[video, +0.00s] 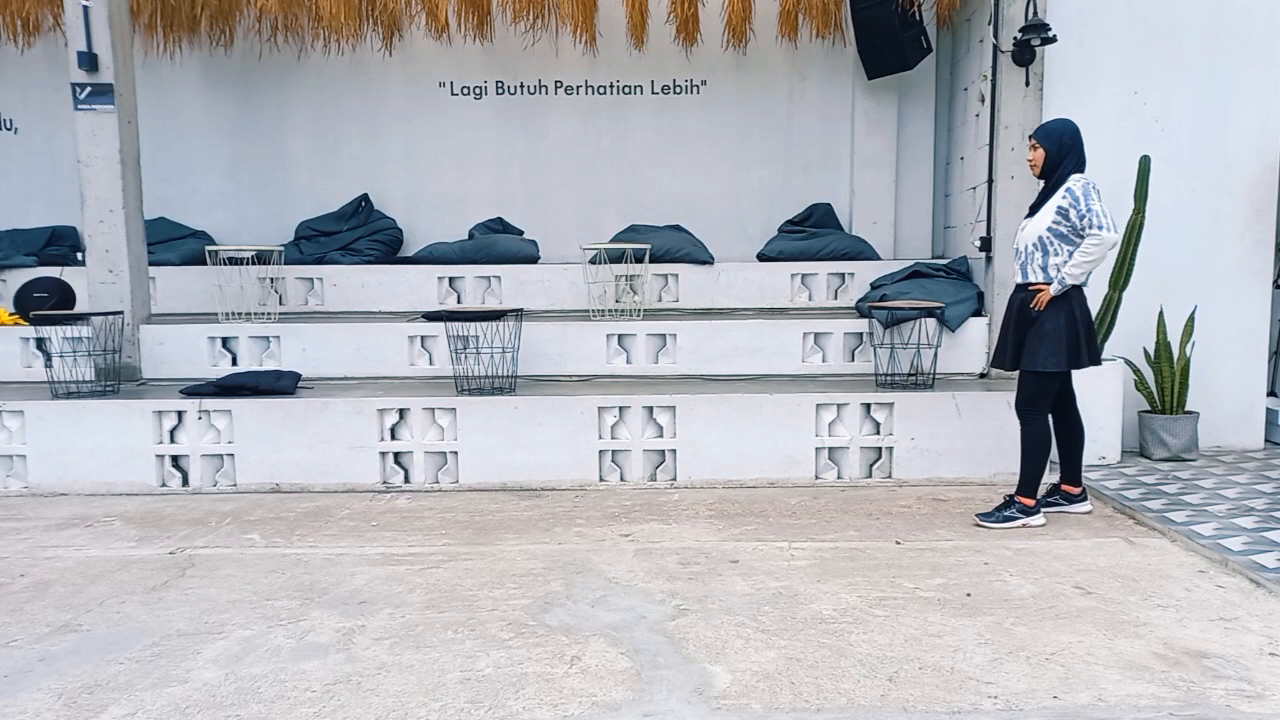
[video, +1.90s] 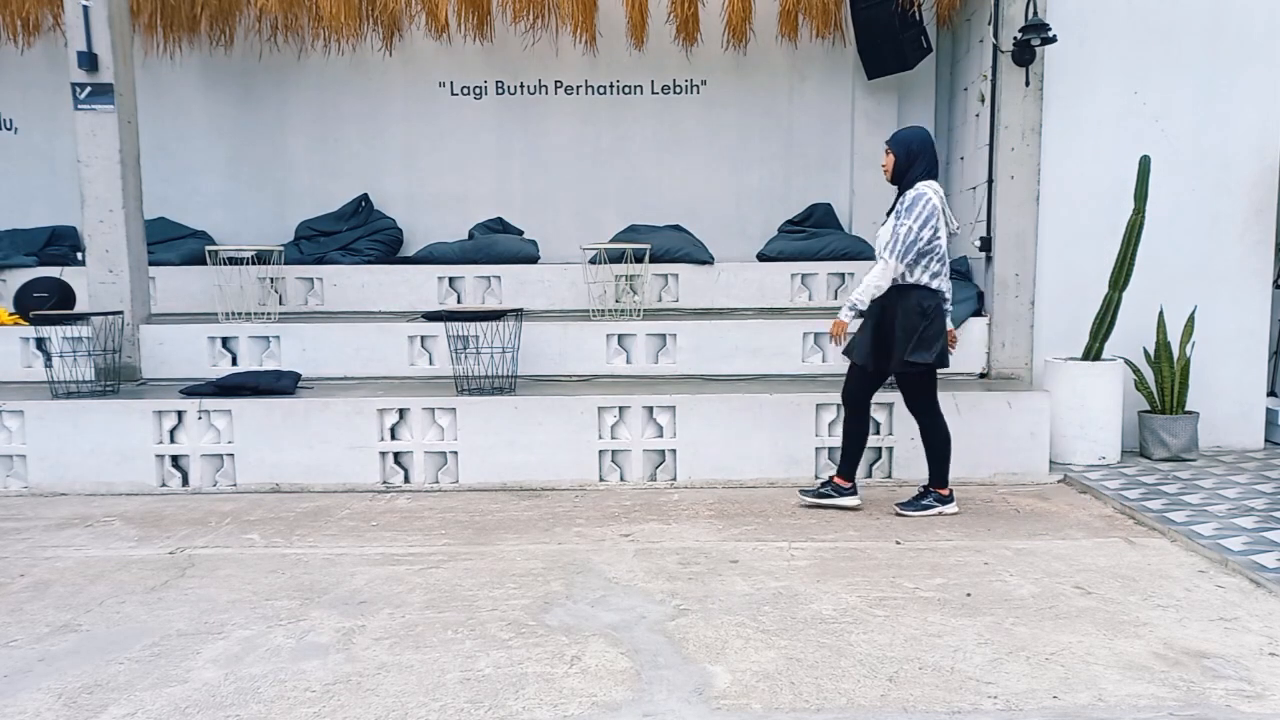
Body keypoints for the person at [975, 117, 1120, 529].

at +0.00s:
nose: (1030, 155)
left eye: (1036, 147)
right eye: (1030, 148)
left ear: (1058, 149)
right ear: (1050, 151)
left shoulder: (1078, 186)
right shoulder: (1051, 192)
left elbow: (1103, 236)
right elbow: (1057, 248)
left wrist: (1060, 283)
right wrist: (1030, 284)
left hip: (1053, 310)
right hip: (1037, 308)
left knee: (1031, 405)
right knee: (1061, 403)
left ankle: (1024, 501)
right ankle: (1072, 489)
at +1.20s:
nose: (1000, 168)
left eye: (1005, 160)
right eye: (998, 160)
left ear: (1027, 158)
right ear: (1017, 160)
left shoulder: (1048, 186)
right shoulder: (1025, 198)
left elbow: (1091, 231)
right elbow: (1015, 262)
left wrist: (1052, 283)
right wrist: (997, 306)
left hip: (1032, 310)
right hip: (1017, 310)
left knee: (994, 397)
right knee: (1048, 404)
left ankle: (964, 490)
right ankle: (1071, 489)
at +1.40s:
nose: (976, 169)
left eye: (981, 161)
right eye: (976, 162)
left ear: (1002, 160)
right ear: (996, 163)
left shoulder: (1027, 194)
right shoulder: (997, 205)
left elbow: (1072, 248)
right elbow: (978, 268)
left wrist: (1074, 311)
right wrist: (948, 304)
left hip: (1006, 310)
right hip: (988, 311)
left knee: (968, 400)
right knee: (1030, 403)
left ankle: (939, 489)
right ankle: (1068, 486)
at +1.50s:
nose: (960, 169)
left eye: (965, 160)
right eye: (960, 160)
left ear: (987, 160)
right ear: (983, 160)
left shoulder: (1011, 198)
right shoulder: (983, 204)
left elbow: (1041, 263)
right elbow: (958, 265)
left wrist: (1071, 321)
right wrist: (927, 300)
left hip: (982, 308)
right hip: (967, 308)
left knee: (959, 402)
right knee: (1006, 402)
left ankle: (940, 490)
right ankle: (1060, 479)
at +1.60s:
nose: (944, 166)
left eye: (949, 158)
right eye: (944, 158)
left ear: (970, 158)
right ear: (967, 159)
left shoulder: (992, 199)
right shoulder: (964, 202)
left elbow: (1011, 267)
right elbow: (942, 267)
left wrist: (1025, 327)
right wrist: (917, 305)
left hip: (962, 304)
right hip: (944, 305)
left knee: (955, 404)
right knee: (963, 405)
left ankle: (941, 491)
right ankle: (1035, 468)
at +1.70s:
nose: (925, 164)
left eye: (931, 156)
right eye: (925, 157)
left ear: (952, 157)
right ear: (947, 159)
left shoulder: (971, 199)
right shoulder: (949, 201)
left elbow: (974, 272)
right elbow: (940, 272)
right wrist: (913, 322)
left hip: (948, 309)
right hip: (924, 309)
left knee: (947, 400)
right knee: (910, 401)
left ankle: (942, 491)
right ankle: (984, 457)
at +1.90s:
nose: (884, 161)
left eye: (889, 154)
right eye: (885, 154)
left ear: (909, 157)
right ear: (913, 158)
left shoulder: (922, 197)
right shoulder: (916, 196)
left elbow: (891, 263)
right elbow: (936, 267)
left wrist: (850, 308)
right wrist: (944, 319)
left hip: (914, 309)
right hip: (895, 306)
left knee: (921, 401)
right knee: (855, 391)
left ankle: (940, 491)